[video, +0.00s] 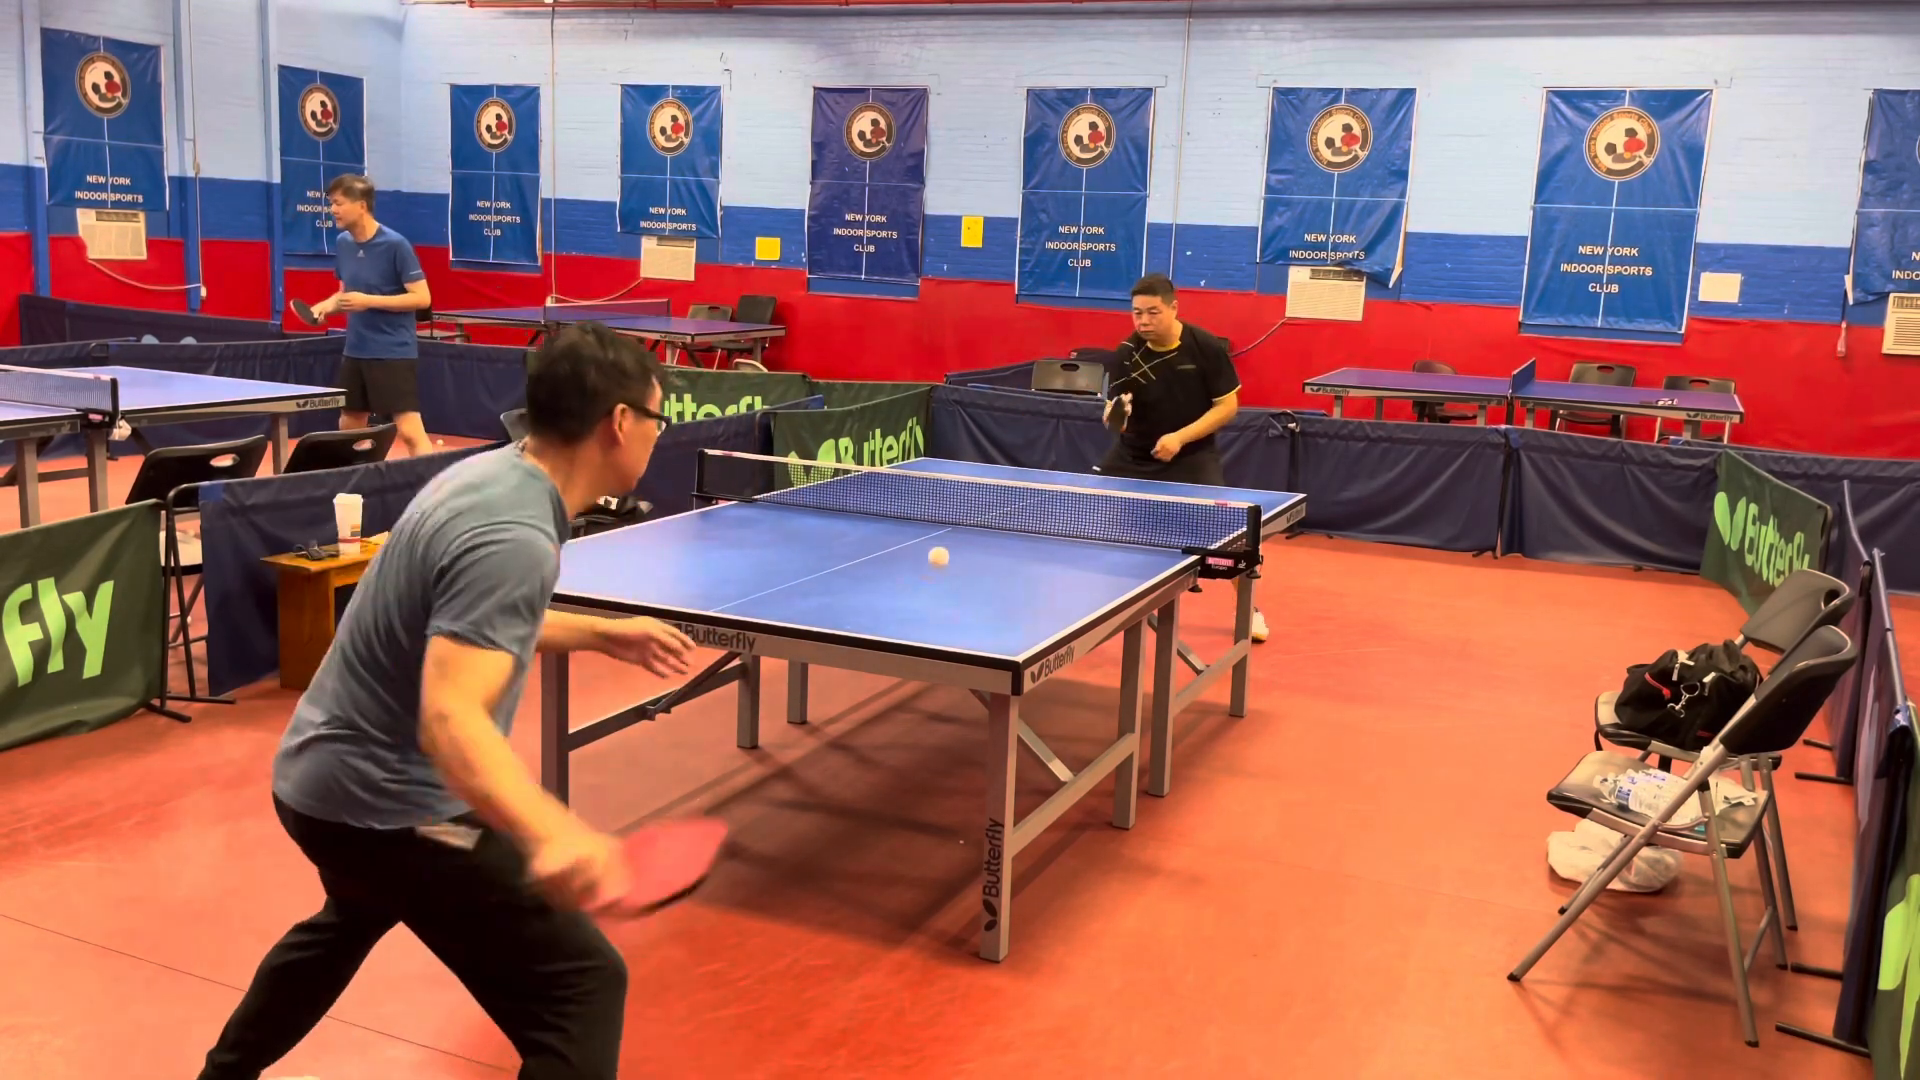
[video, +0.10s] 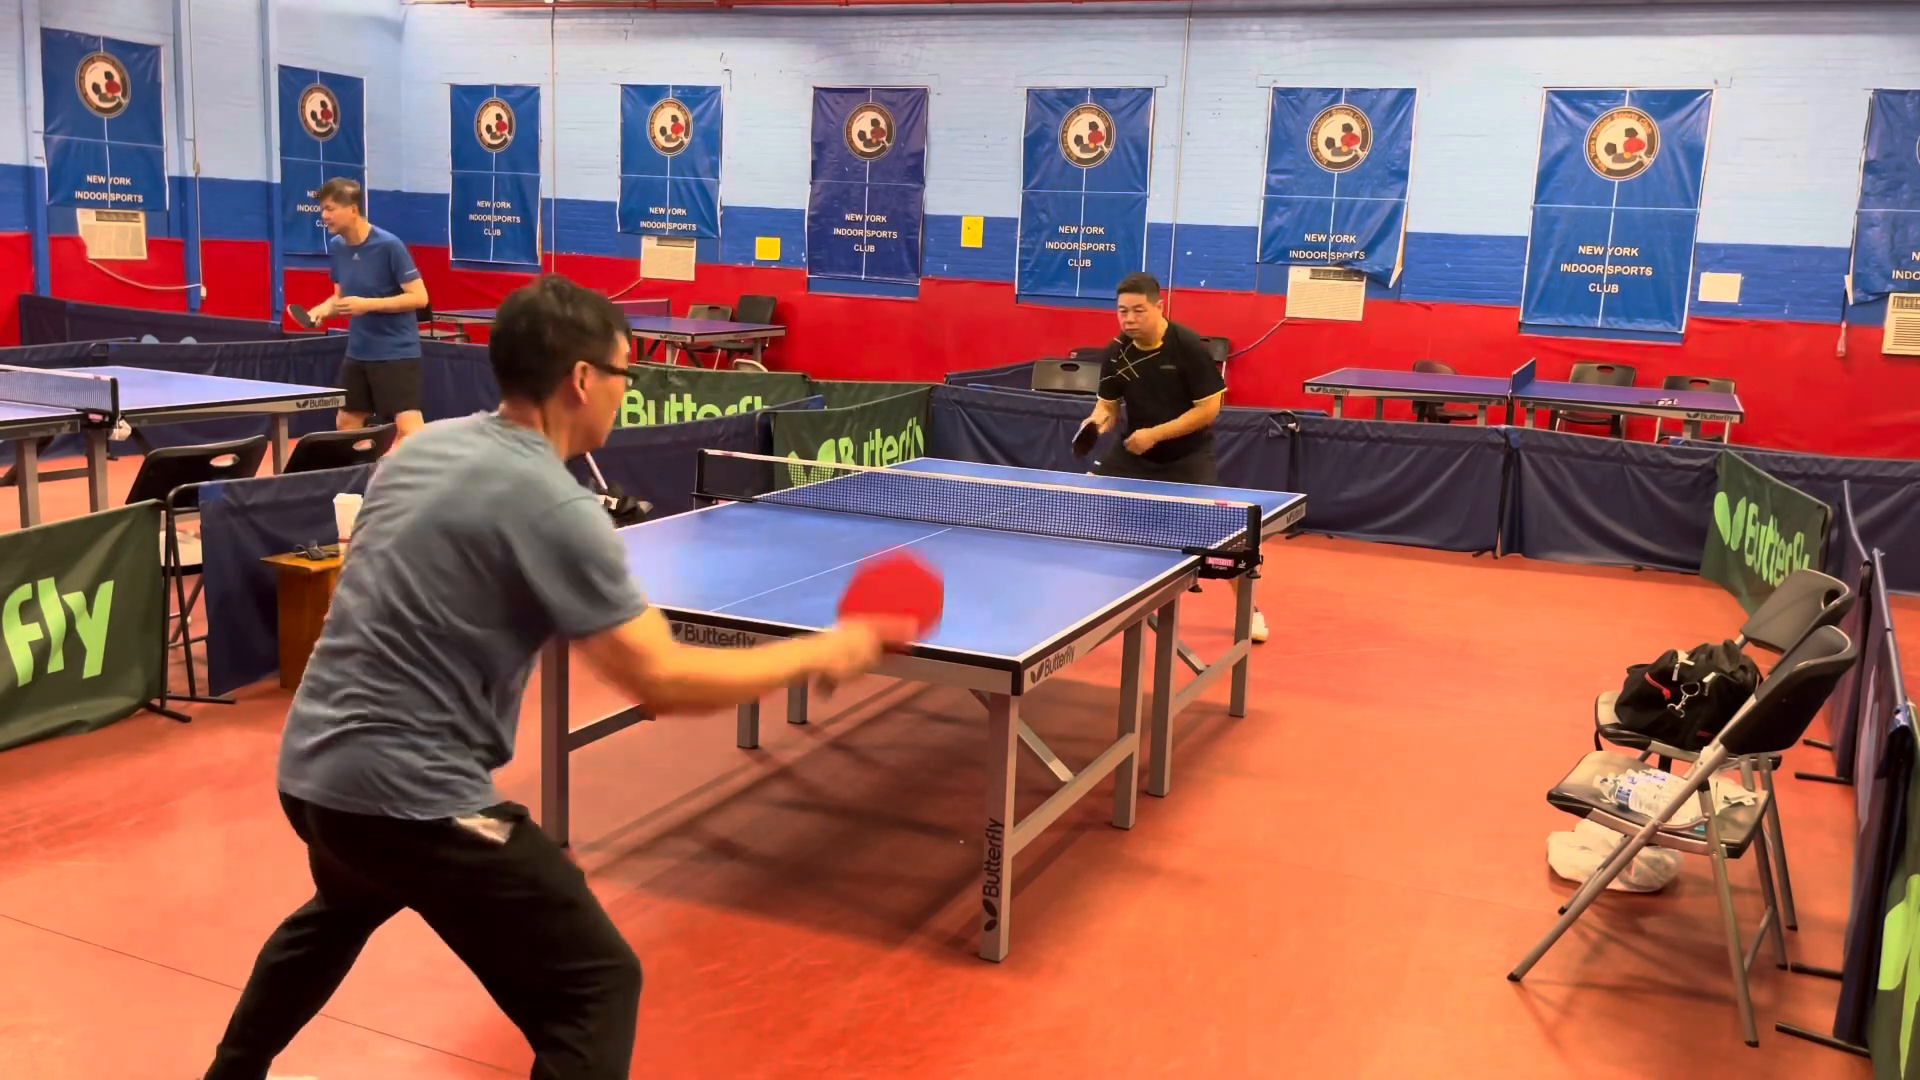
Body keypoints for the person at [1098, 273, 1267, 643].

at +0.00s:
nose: (1142, 320)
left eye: (1151, 312)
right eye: (1137, 312)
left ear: (1173, 309)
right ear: (1132, 313)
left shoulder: (1208, 349)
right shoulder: (1125, 355)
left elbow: (1229, 406)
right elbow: (1112, 419)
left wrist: (1180, 437)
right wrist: (1119, 411)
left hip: (1193, 458)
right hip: (1132, 455)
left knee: (1213, 523)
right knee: (1085, 507)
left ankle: (1247, 608)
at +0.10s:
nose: (1128, 319)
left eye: (1136, 310)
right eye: (1122, 311)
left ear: (1159, 307)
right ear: (1117, 312)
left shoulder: (1189, 348)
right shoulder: (1116, 353)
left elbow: (1209, 409)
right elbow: (1106, 406)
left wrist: (1154, 434)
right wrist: (1098, 421)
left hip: (1188, 457)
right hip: (1133, 454)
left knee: (1209, 524)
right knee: (1079, 502)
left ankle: (1246, 608)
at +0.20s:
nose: (1107, 319)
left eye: (1116, 310)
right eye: (1102, 311)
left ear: (1138, 305)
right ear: (1098, 310)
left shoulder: (1168, 345)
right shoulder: (1113, 344)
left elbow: (1176, 414)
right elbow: (1111, 395)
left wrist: (1125, 427)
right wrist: (1086, 424)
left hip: (1180, 453)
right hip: (1133, 448)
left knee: (1204, 529)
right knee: (1086, 503)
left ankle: (1249, 609)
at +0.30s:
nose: (1088, 323)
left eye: (1096, 314)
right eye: (1084, 314)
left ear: (1120, 308)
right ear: (1082, 311)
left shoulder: (1143, 345)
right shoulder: (1117, 338)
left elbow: (1139, 419)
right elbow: (1119, 389)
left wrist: (1095, 423)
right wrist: (1087, 413)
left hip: (1173, 454)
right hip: (1136, 447)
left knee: (1194, 528)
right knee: (1089, 502)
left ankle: (1257, 606)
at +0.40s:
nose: (1072, 328)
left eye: (1078, 319)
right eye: (1068, 320)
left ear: (1105, 310)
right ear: (1101, 312)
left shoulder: (1126, 349)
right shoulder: (1116, 334)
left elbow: (1121, 423)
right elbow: (1114, 379)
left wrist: (1085, 422)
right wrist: (1075, 394)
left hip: (1165, 451)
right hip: (1131, 444)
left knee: (1191, 526)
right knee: (1079, 499)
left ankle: (1257, 607)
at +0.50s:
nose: (1064, 325)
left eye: (1071, 317)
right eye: (1061, 317)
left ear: (1097, 308)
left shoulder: (1124, 345)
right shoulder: (1092, 337)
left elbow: (1129, 415)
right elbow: (1068, 379)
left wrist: (1093, 419)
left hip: (1163, 448)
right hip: (1122, 441)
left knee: (1191, 527)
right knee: (1068, 500)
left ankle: (1253, 605)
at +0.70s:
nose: (1071, 321)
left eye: (1078, 311)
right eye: (1066, 313)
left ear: (1102, 303)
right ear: (1063, 310)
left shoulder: (1142, 330)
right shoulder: (1070, 344)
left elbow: (1172, 387)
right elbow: (1045, 399)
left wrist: (1123, 421)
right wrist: (1045, 364)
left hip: (1160, 436)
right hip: (1106, 434)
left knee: (1188, 515)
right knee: (1054, 497)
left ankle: (1214, 598)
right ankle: (1040, 585)